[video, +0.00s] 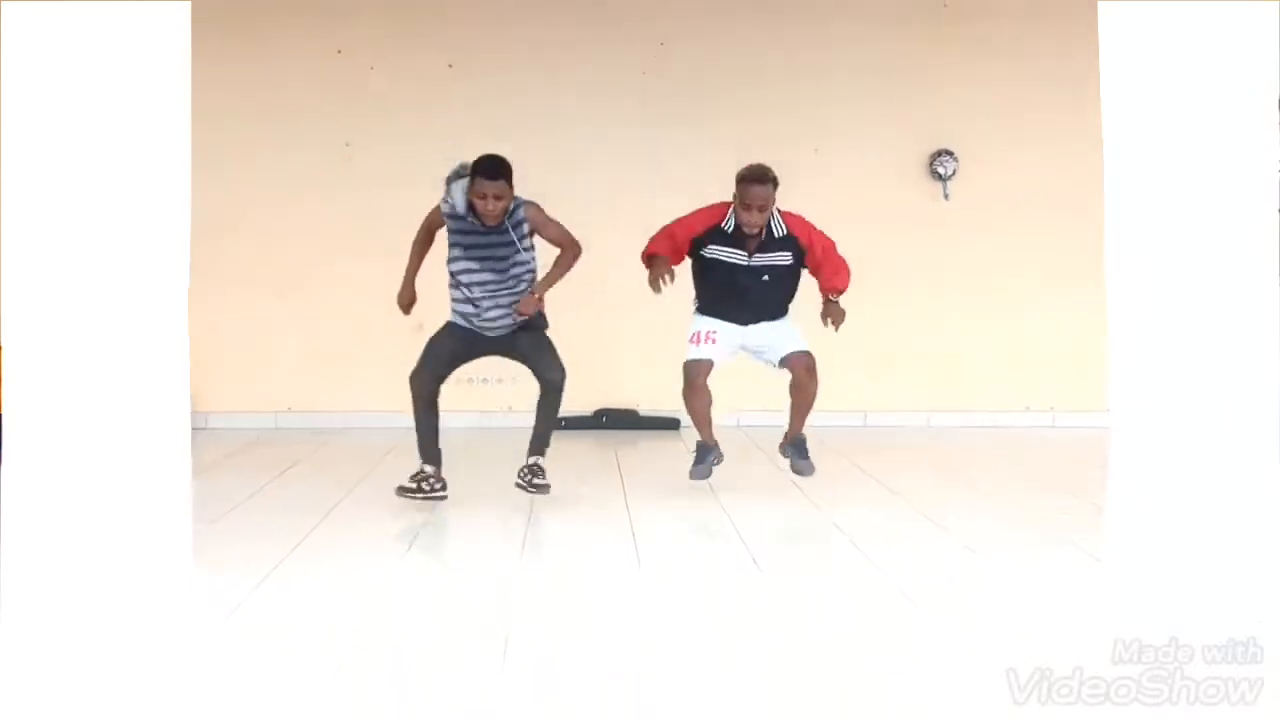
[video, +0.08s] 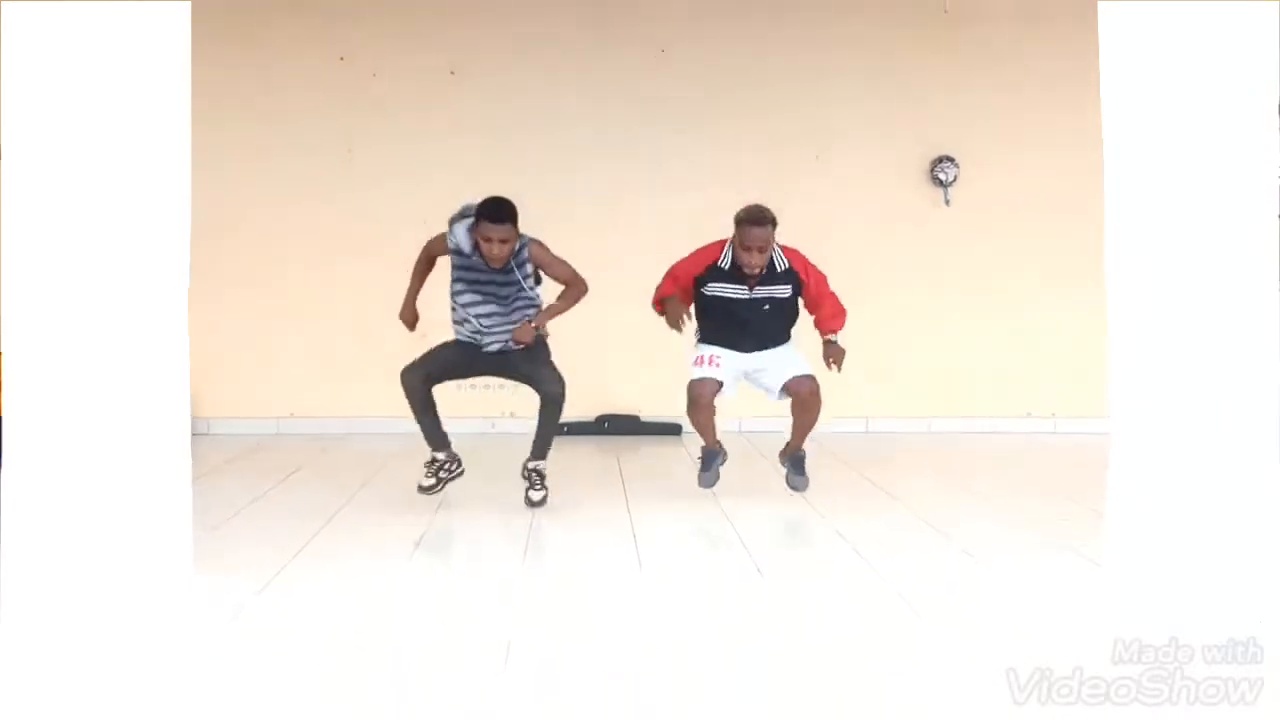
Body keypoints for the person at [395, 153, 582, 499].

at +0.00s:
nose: (490, 205)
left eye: (498, 197)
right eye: (482, 197)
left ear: (510, 193)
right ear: (470, 191)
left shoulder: (527, 214)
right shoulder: (453, 209)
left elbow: (572, 248)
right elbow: (429, 228)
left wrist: (539, 292)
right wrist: (408, 282)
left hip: (519, 329)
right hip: (466, 328)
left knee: (553, 377)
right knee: (422, 381)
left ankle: (534, 464)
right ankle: (430, 473)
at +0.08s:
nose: (495, 250)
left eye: (504, 242)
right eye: (487, 241)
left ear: (516, 235)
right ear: (476, 232)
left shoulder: (530, 251)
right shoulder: (457, 241)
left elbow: (578, 286)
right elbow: (428, 253)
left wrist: (536, 322)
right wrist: (409, 302)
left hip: (519, 352)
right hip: (470, 349)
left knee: (554, 389)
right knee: (413, 377)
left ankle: (536, 467)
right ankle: (443, 457)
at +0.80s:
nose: (504, 271)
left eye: (513, 264)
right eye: (498, 262)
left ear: (527, 262)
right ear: (488, 257)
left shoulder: (541, 296)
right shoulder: (466, 281)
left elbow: (564, 347)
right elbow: (435, 308)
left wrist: (511, 364)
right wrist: (420, 363)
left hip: (523, 378)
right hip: (480, 385)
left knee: (537, 401)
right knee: (443, 442)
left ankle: (569, 464)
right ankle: (497, 499)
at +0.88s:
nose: (497, 273)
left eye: (506, 266)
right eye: (492, 265)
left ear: (523, 264)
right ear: (485, 261)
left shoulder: (540, 289)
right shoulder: (469, 290)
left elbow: (560, 335)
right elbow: (446, 321)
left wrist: (504, 342)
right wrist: (426, 368)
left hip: (522, 394)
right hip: (472, 392)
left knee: (556, 443)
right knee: (425, 436)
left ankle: (536, 493)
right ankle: (462, 499)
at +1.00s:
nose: (493, 290)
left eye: (501, 283)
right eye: (488, 283)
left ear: (518, 280)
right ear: (481, 279)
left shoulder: (533, 303)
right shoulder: (471, 307)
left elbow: (545, 357)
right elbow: (453, 344)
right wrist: (429, 389)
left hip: (525, 407)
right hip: (481, 400)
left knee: (562, 457)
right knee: (442, 427)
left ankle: (527, 495)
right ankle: (427, 481)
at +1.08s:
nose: (490, 319)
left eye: (498, 312)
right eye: (484, 311)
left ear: (514, 309)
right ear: (476, 306)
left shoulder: (530, 332)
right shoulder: (467, 328)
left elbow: (548, 391)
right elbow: (447, 372)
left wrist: (511, 436)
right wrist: (424, 419)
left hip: (528, 419)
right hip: (487, 414)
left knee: (557, 464)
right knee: (442, 432)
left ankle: (532, 499)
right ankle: (450, 487)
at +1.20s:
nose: (489, 347)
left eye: (498, 340)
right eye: (483, 339)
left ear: (512, 338)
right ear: (475, 336)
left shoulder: (532, 362)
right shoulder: (460, 359)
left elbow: (577, 398)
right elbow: (430, 396)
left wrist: (544, 433)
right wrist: (407, 437)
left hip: (524, 438)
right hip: (481, 437)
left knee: (552, 469)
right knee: (428, 447)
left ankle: (544, 504)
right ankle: (461, 505)